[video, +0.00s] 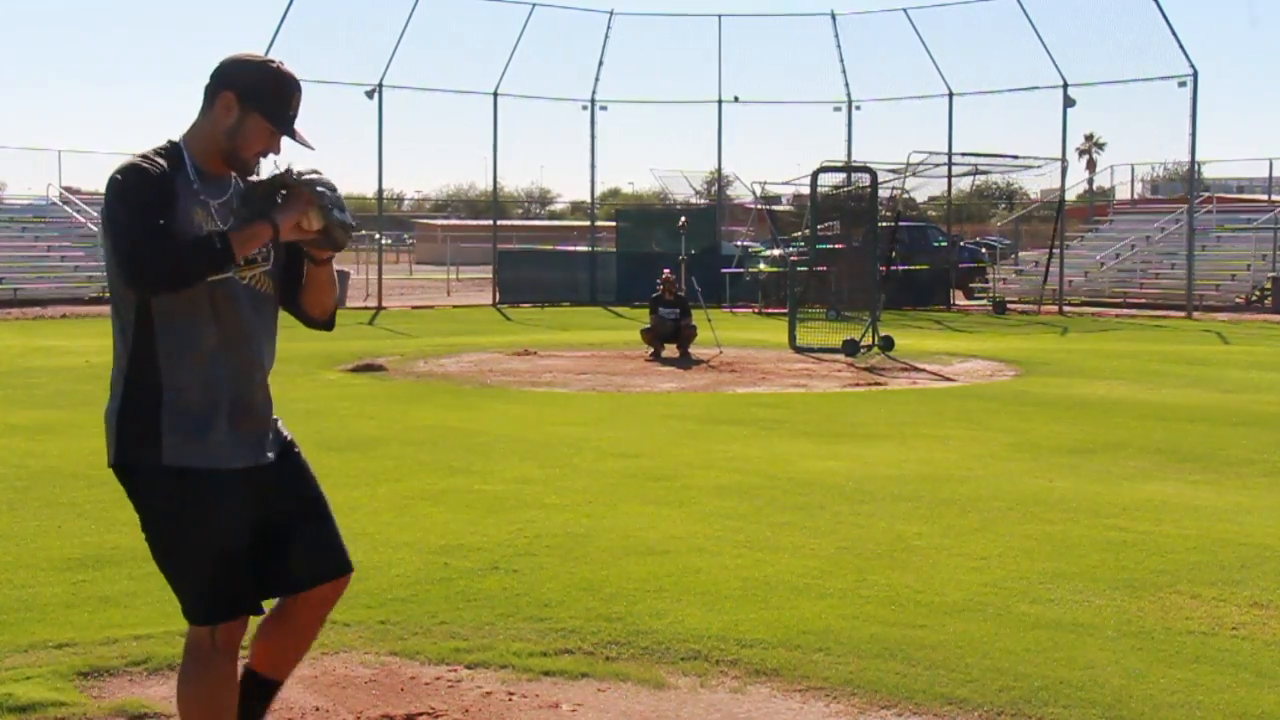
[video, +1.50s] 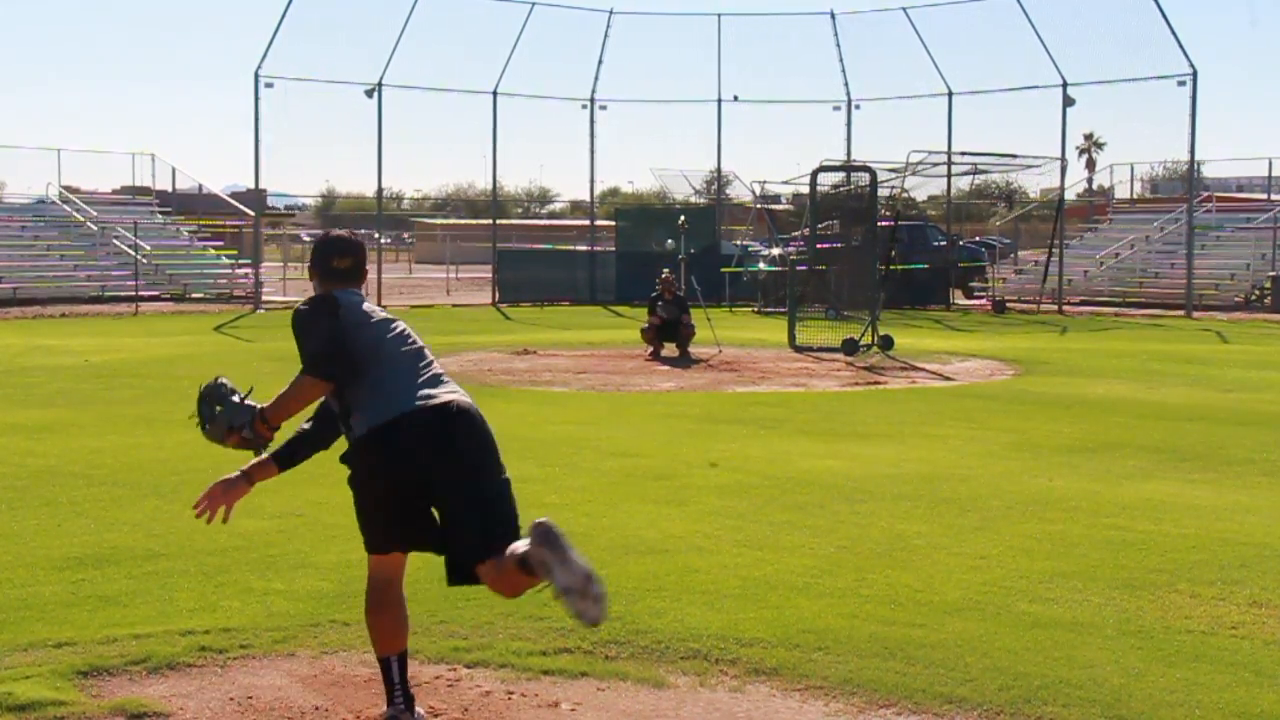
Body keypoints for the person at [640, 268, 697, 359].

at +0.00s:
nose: (669, 286)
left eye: (671, 283)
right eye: (666, 283)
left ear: (675, 285)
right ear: (662, 285)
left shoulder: (682, 300)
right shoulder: (655, 299)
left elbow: (688, 319)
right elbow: (653, 318)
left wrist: (675, 324)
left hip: (677, 329)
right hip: (661, 329)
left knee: (691, 329)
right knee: (645, 332)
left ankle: (683, 350)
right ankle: (657, 348)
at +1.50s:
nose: (667, 286)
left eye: (670, 283)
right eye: (664, 283)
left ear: (674, 285)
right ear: (660, 285)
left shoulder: (680, 299)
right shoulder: (654, 299)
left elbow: (686, 316)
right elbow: (651, 318)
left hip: (677, 326)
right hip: (661, 326)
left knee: (688, 328)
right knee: (646, 331)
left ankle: (683, 349)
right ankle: (657, 347)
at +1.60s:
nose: (667, 285)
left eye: (670, 282)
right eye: (665, 283)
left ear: (674, 284)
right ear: (661, 284)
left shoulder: (679, 298)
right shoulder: (654, 299)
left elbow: (690, 316)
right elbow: (650, 318)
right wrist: (659, 321)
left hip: (675, 326)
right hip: (660, 325)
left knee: (689, 329)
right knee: (646, 331)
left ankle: (683, 350)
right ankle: (656, 348)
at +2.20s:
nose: (666, 287)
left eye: (669, 284)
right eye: (664, 284)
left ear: (673, 284)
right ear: (659, 285)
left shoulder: (678, 296)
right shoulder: (655, 297)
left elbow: (687, 305)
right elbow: (649, 317)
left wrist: (680, 306)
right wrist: (651, 315)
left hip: (675, 327)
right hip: (660, 328)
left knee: (687, 331)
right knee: (645, 331)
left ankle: (683, 350)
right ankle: (656, 348)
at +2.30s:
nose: (666, 285)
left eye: (669, 282)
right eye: (663, 282)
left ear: (673, 283)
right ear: (659, 283)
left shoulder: (678, 295)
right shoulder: (655, 296)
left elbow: (685, 304)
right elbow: (649, 318)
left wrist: (679, 306)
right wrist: (649, 305)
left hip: (676, 330)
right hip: (660, 330)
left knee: (687, 332)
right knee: (645, 332)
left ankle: (683, 349)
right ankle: (656, 348)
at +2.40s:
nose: (666, 282)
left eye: (668, 279)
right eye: (663, 279)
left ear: (673, 280)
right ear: (659, 280)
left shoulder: (678, 293)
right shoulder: (655, 295)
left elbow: (681, 303)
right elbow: (646, 315)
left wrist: (675, 303)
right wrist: (638, 308)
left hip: (677, 330)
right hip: (661, 331)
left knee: (686, 334)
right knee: (646, 334)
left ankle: (682, 349)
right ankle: (656, 347)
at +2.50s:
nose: (666, 280)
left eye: (669, 277)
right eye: (663, 277)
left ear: (673, 278)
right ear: (659, 278)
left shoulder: (678, 292)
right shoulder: (657, 294)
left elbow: (678, 300)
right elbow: (644, 308)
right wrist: (631, 303)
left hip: (676, 330)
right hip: (661, 330)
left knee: (684, 337)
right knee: (646, 336)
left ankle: (683, 350)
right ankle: (656, 348)